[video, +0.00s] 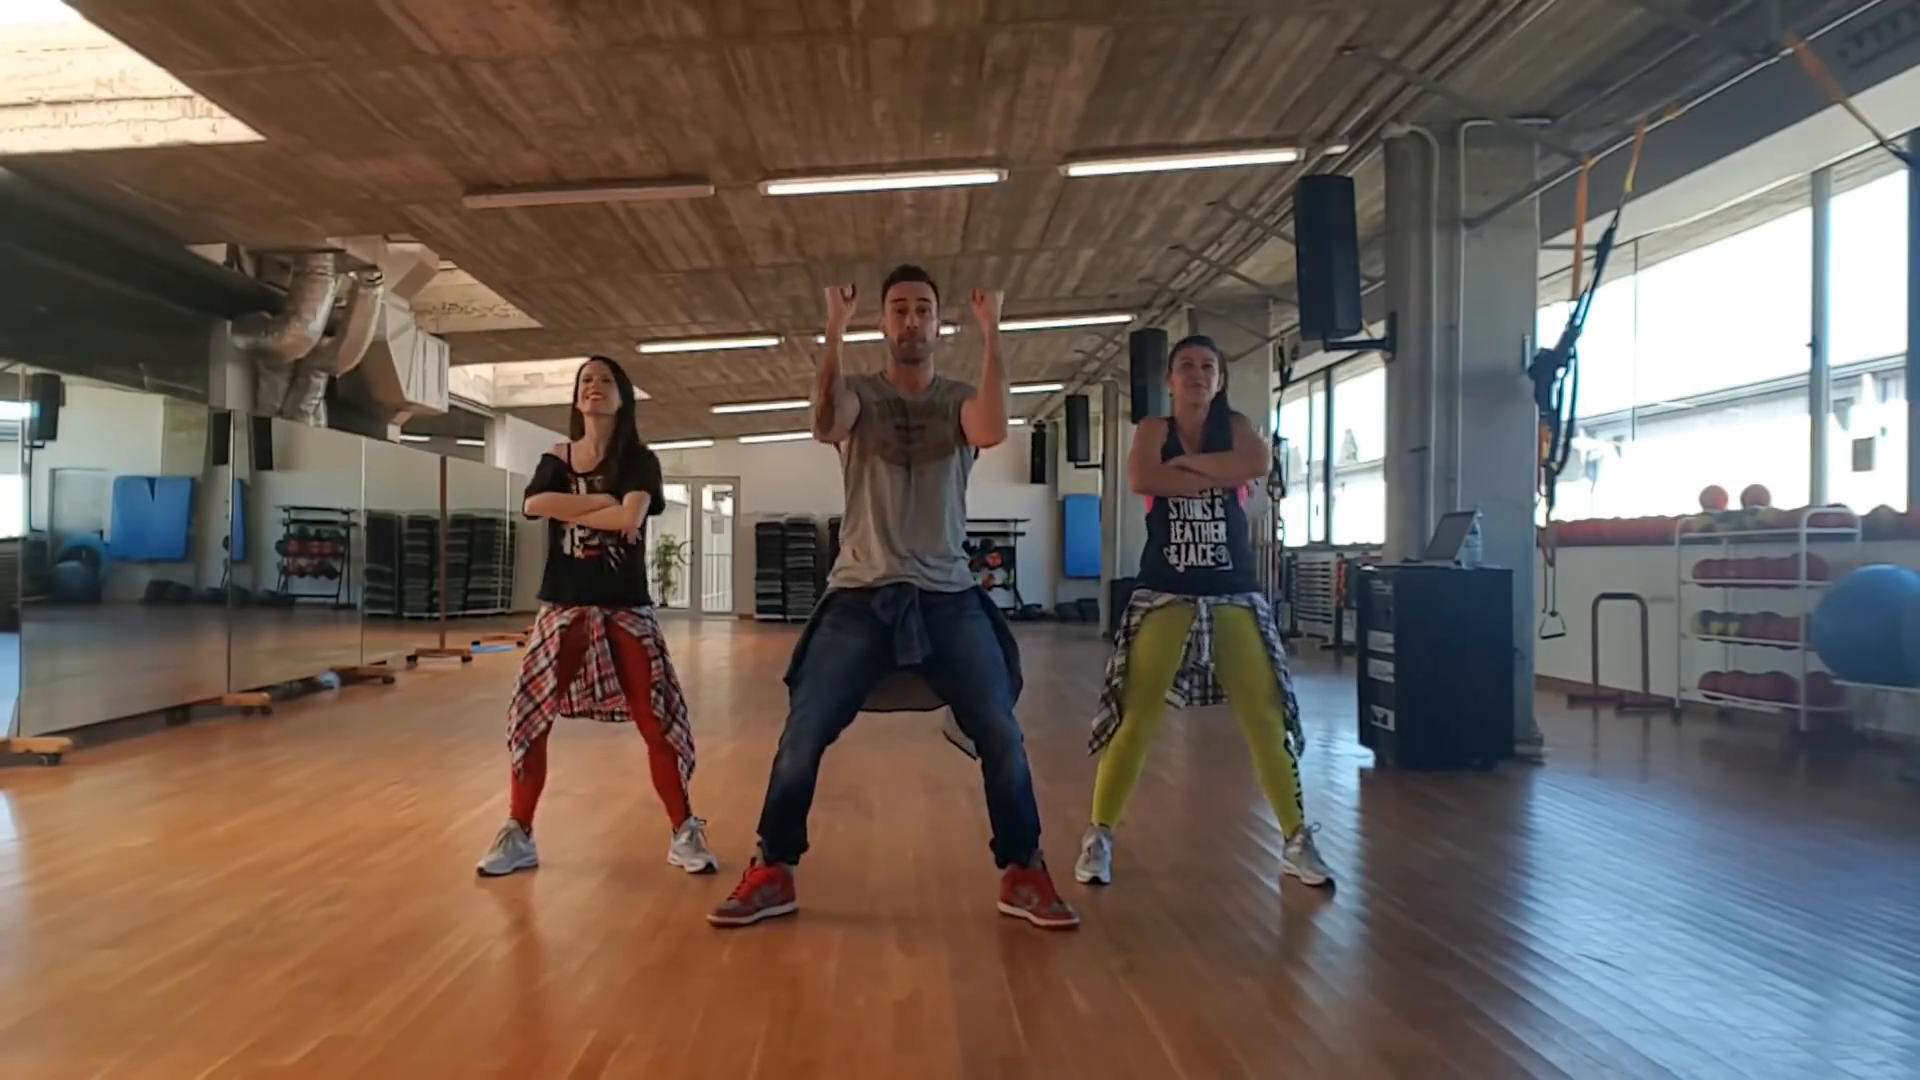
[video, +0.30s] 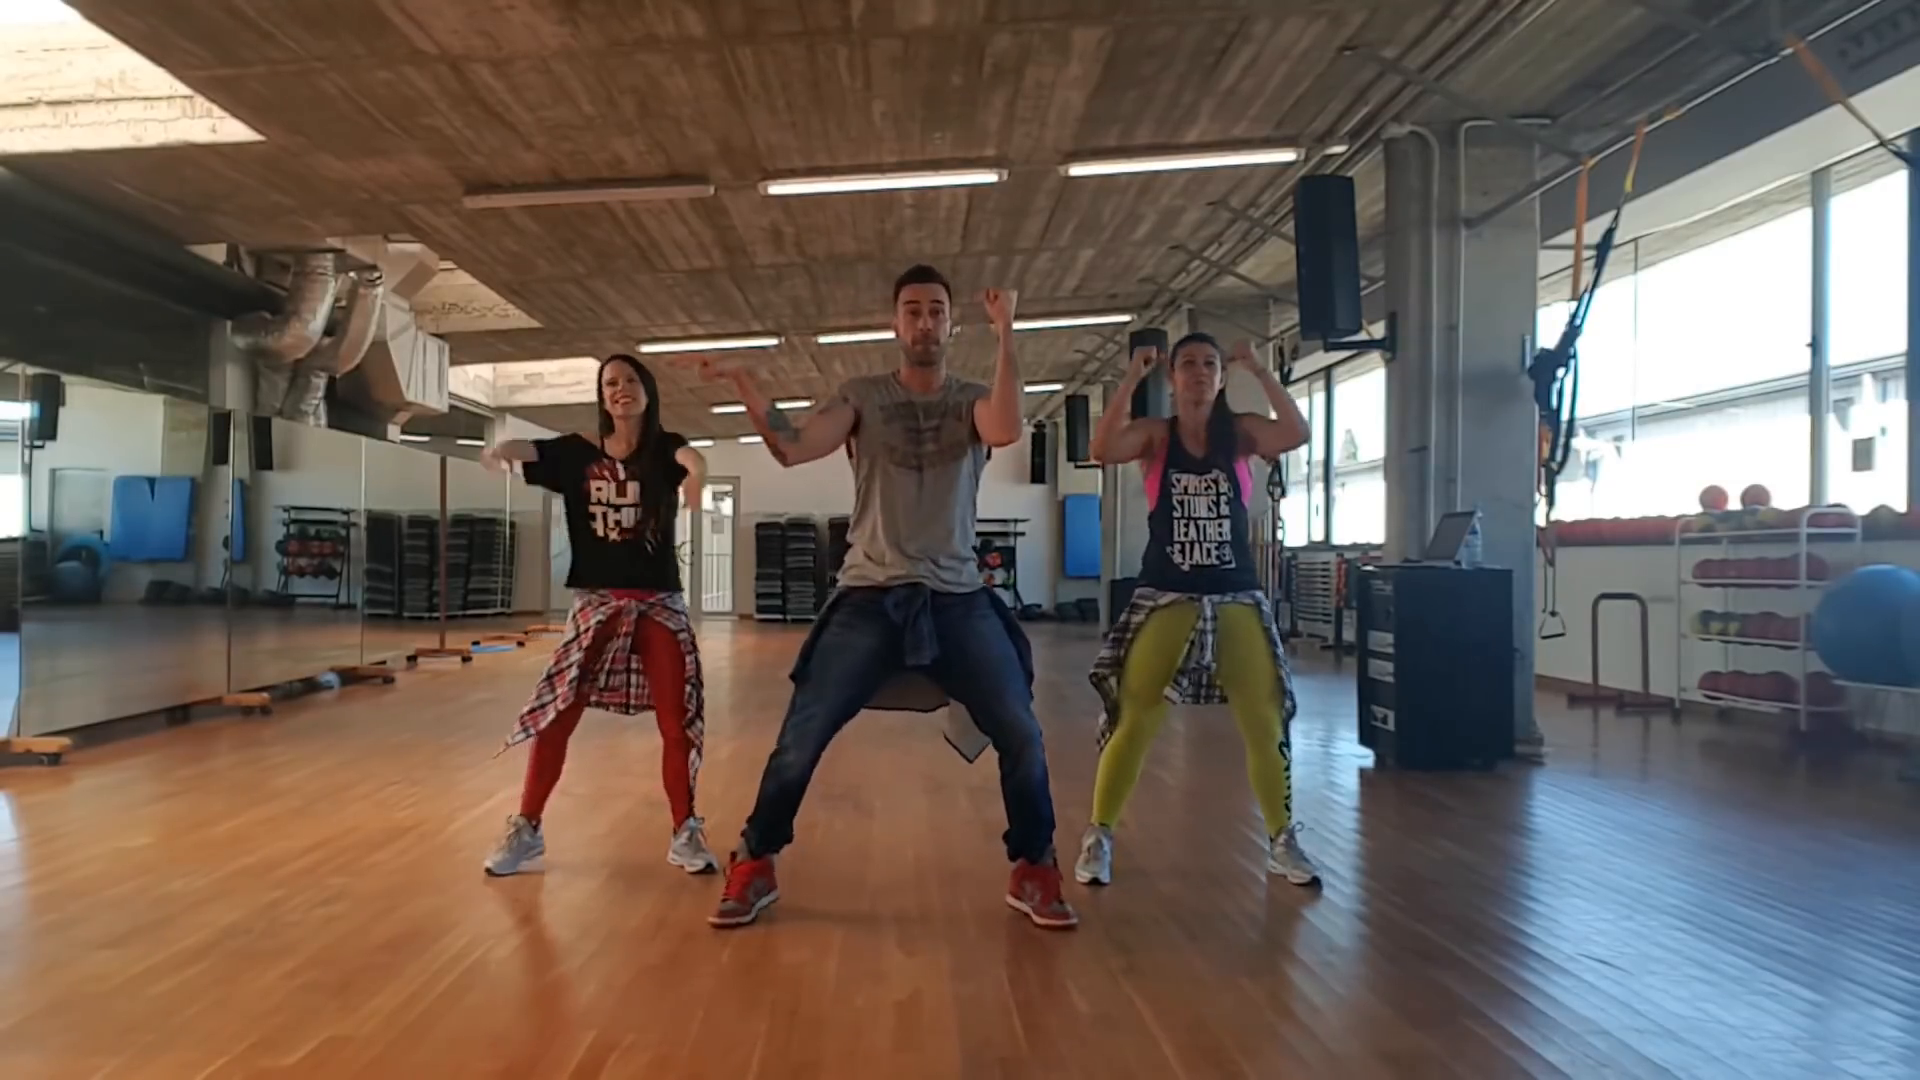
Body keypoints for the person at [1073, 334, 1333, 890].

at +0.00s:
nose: (1197, 374)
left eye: (1206, 367)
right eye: (1186, 366)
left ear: (1220, 379)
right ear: (1170, 379)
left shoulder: (1236, 426)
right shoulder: (1153, 429)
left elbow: (1257, 464)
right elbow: (1141, 478)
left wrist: (1181, 462)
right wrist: (1220, 476)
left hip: (1233, 591)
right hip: (1164, 591)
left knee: (1264, 714)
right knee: (1138, 717)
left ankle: (1297, 841)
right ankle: (1098, 838)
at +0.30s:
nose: (1199, 372)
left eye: (1209, 364)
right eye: (1188, 364)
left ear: (1223, 377)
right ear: (1171, 378)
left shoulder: (1241, 431)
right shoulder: (1154, 433)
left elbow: (1295, 433)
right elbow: (1103, 448)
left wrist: (1259, 370)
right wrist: (1132, 379)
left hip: (1237, 593)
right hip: (1168, 592)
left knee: (1263, 717)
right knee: (1136, 716)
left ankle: (1282, 840)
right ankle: (1099, 837)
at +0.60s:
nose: (1227, 381)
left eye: (1234, 373)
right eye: (1215, 374)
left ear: (1248, 385)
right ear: (1196, 388)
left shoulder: (1263, 439)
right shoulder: (1185, 442)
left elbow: (1311, 442)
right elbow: (1134, 461)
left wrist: (1274, 379)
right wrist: (1155, 392)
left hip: (1265, 601)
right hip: (1197, 603)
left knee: (1292, 719)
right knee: (1167, 723)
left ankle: (1285, 843)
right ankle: (1114, 836)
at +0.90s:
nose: (1183, 389)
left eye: (1193, 380)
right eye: (1171, 377)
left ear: (1205, 390)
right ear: (1150, 388)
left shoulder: (1221, 443)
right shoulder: (1135, 444)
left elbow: (1301, 447)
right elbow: (1137, 446)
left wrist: (1284, 379)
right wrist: (1174, 392)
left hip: (1214, 606)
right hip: (1141, 606)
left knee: (1248, 731)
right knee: (1106, 728)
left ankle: (1285, 843)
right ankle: (1077, 843)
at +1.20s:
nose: (1132, 375)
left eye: (1143, 367)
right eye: (1123, 366)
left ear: (1158, 378)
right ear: (1107, 375)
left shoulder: (1173, 437)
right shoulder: (1085, 430)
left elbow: (1248, 442)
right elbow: (1029, 444)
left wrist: (1231, 380)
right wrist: (1054, 381)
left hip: (1156, 595)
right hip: (1087, 594)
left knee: (1201, 703)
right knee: (1086, 722)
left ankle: (1177, 813)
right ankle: (1076, 836)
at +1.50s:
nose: (1122, 374)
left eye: (1132, 366)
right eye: (1112, 365)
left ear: (1144, 376)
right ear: (1094, 373)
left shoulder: (1161, 433)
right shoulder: (1076, 429)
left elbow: (1238, 442)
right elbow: (1032, 436)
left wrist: (1237, 376)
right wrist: (1061, 374)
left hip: (1154, 592)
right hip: (1087, 592)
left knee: (1176, 711)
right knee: (1082, 719)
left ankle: (1129, 815)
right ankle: (1075, 835)